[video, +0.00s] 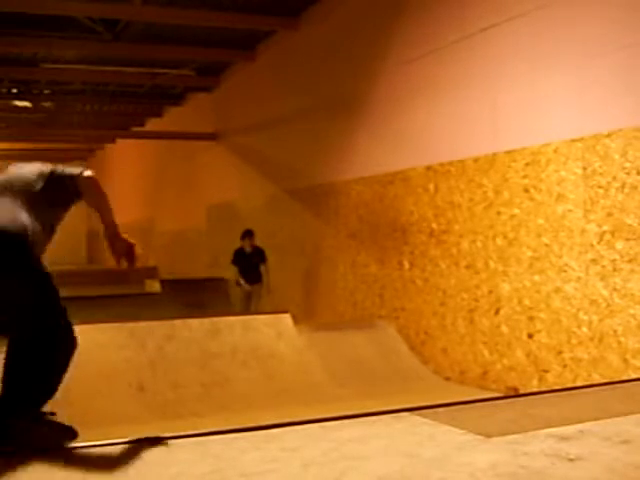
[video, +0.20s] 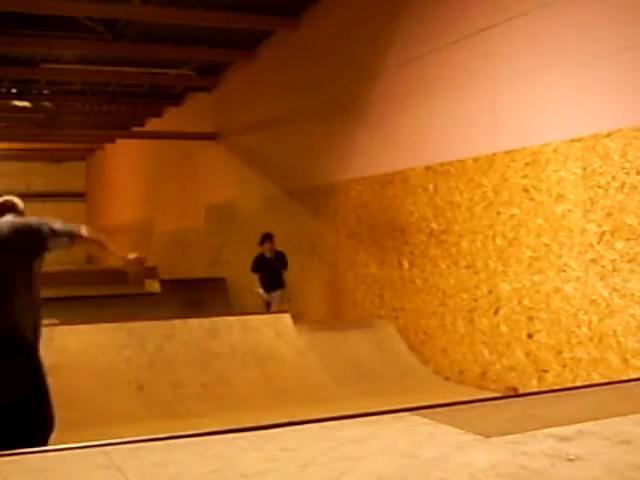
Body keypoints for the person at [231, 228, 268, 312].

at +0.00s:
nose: (248, 243)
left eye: (250, 240)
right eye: (246, 240)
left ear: (253, 240)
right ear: (242, 241)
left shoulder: (259, 251)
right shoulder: (238, 252)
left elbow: (263, 268)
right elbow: (235, 271)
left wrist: (266, 285)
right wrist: (244, 284)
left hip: (256, 284)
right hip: (243, 284)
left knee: (254, 308)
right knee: (243, 308)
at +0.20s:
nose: (268, 247)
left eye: (269, 243)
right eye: (265, 244)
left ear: (273, 244)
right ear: (262, 245)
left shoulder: (280, 256)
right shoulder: (258, 259)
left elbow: (284, 272)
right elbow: (256, 278)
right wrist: (260, 290)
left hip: (277, 288)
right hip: (264, 289)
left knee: (274, 311)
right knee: (266, 312)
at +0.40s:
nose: (290, 232)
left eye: (291, 228)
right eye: (287, 229)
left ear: (293, 229)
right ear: (281, 230)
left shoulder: (300, 242)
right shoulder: (276, 244)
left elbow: (306, 258)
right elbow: (272, 263)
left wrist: (309, 274)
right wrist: (279, 280)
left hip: (299, 275)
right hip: (286, 278)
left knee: (301, 301)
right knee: (291, 303)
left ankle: (301, 321)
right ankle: (293, 322)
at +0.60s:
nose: (305, 211)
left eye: (307, 207)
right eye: (302, 208)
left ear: (311, 206)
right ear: (298, 208)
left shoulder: (319, 216)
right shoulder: (294, 220)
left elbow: (326, 233)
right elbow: (290, 239)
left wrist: (330, 249)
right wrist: (297, 256)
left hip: (320, 252)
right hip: (306, 256)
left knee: (324, 281)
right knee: (313, 286)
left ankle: (330, 310)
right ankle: (319, 312)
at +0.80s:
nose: (323, 199)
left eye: (325, 195)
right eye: (320, 196)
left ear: (329, 192)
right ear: (316, 195)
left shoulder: (339, 203)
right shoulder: (313, 207)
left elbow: (347, 222)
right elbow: (311, 228)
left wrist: (350, 240)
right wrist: (318, 246)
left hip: (340, 244)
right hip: (324, 246)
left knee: (340, 277)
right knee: (322, 279)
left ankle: (343, 311)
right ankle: (331, 308)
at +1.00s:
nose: (348, 210)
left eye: (349, 206)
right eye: (344, 208)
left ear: (353, 204)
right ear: (339, 207)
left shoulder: (362, 216)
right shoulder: (335, 218)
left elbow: (370, 238)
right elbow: (331, 239)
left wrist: (370, 258)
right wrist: (334, 258)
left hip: (359, 255)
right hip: (342, 255)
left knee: (352, 285)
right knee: (335, 286)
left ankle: (356, 319)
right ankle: (339, 306)